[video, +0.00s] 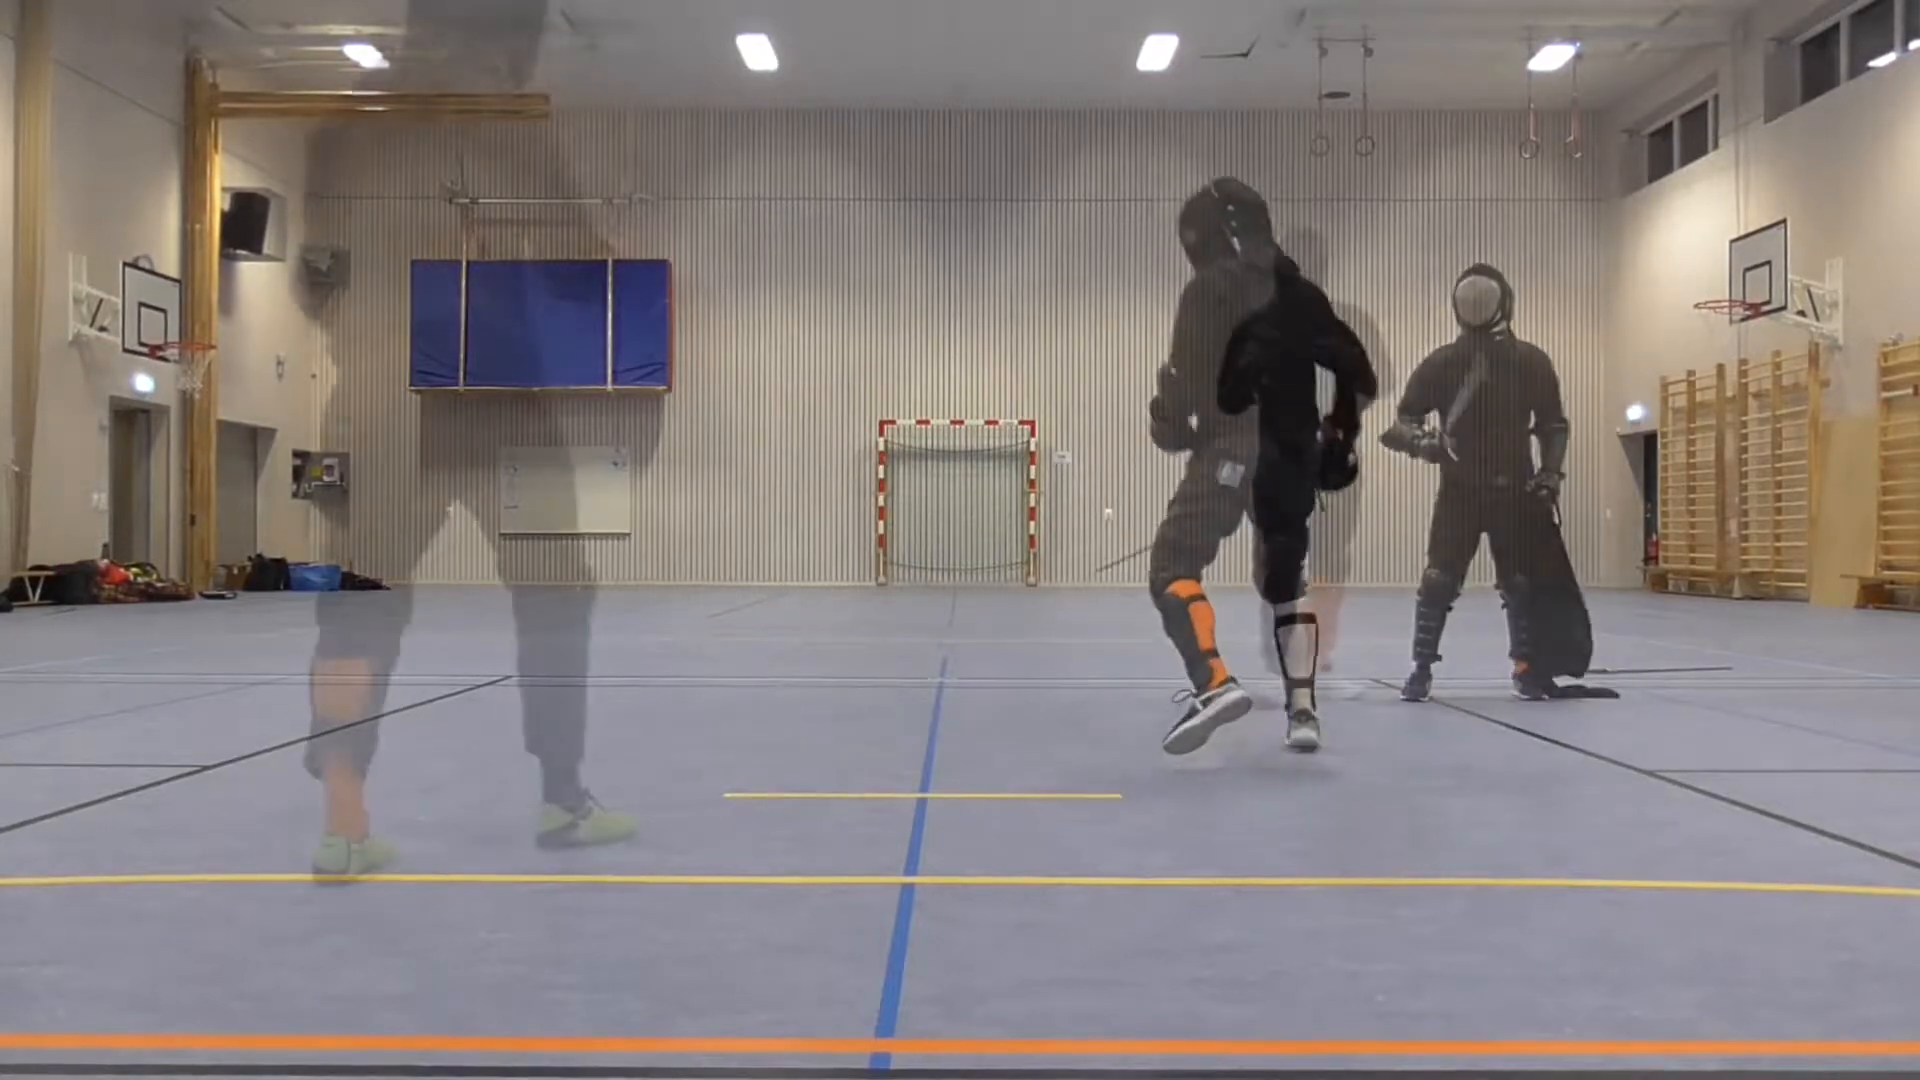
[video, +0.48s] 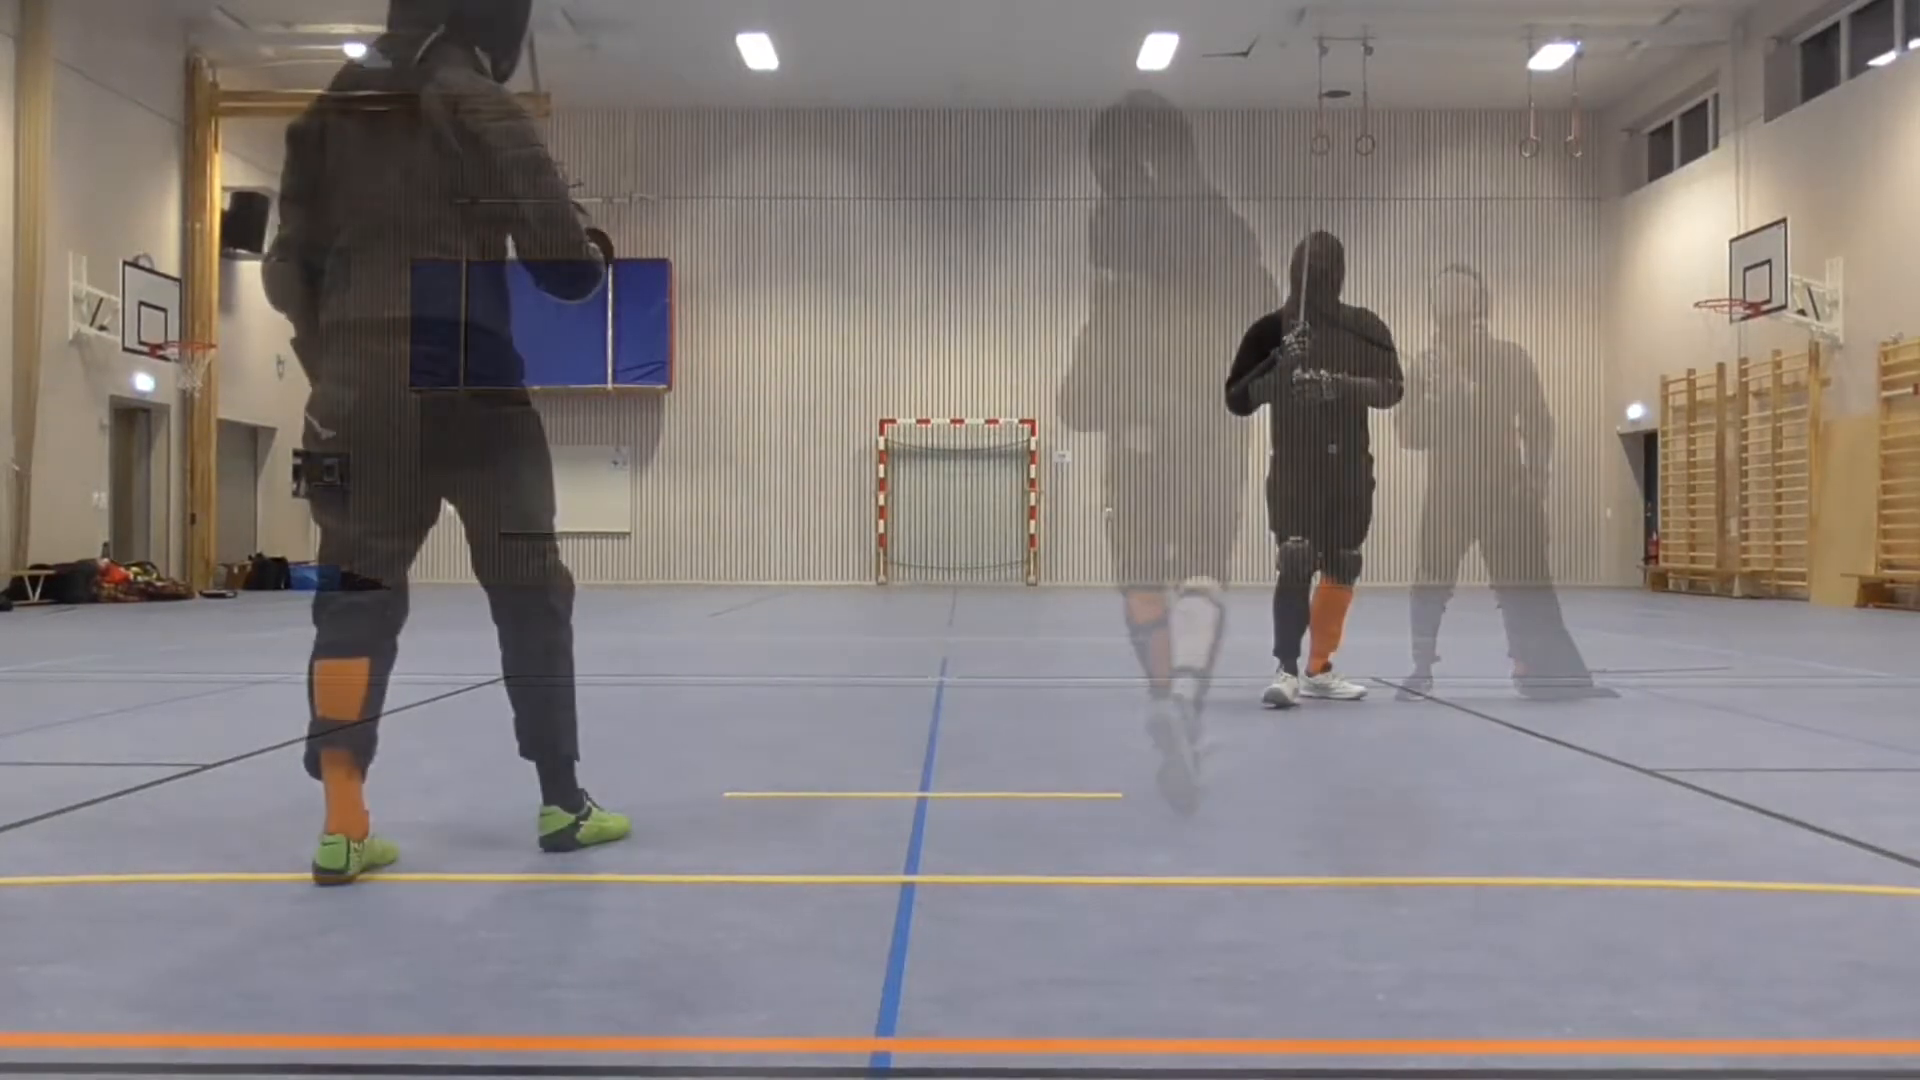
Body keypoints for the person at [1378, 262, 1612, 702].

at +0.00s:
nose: (1476, 311)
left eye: (1485, 301)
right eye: (1467, 302)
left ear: (1504, 304)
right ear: (1457, 308)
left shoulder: (1530, 361)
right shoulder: (1441, 364)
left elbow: (1554, 424)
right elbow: (1401, 425)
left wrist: (1550, 476)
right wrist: (1421, 441)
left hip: (1515, 494)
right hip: (1459, 492)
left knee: (1520, 585)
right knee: (1438, 582)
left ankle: (1527, 669)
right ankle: (1421, 669)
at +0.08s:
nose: (1476, 307)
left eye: (1485, 297)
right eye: (1467, 298)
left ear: (1504, 303)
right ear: (1457, 307)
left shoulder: (1531, 360)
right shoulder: (1441, 364)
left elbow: (1556, 424)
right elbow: (1405, 434)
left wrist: (1550, 477)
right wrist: (1434, 439)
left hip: (1517, 493)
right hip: (1461, 493)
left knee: (1521, 585)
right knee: (1439, 583)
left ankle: (1526, 670)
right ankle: (1421, 669)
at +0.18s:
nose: (1475, 306)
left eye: (1485, 296)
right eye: (1466, 297)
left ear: (1503, 303)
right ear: (1456, 306)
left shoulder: (1530, 360)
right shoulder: (1441, 365)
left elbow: (1558, 423)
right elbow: (1412, 439)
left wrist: (1551, 475)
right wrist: (1439, 433)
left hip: (1518, 493)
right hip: (1463, 494)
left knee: (1522, 586)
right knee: (1439, 582)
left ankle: (1527, 671)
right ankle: (1422, 668)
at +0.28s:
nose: (1473, 304)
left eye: (1483, 293)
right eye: (1464, 294)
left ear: (1500, 302)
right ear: (1452, 304)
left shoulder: (1529, 360)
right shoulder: (1440, 366)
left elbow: (1557, 425)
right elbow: (1414, 441)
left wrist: (1549, 471)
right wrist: (1446, 425)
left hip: (1517, 492)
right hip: (1463, 494)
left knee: (1524, 585)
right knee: (1438, 582)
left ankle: (1527, 669)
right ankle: (1423, 668)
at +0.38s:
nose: (1471, 320)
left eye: (1480, 310)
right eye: (1460, 311)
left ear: (1494, 308)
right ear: (1445, 311)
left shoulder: (1521, 360)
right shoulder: (1432, 367)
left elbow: (1550, 423)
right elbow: (1416, 439)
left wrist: (1542, 476)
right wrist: (1446, 408)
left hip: (1512, 490)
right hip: (1458, 492)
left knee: (1525, 583)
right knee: (1437, 582)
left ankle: (1528, 667)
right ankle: (1422, 668)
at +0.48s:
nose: (1461, 315)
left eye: (1469, 305)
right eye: (1450, 306)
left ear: (1484, 305)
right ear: (1434, 309)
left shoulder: (1511, 360)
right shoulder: (1424, 366)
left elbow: (1539, 422)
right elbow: (1410, 434)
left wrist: (1536, 471)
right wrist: (1449, 402)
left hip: (1505, 485)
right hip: (1449, 487)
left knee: (1519, 582)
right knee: (1431, 581)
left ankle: (1527, 666)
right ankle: (1422, 667)